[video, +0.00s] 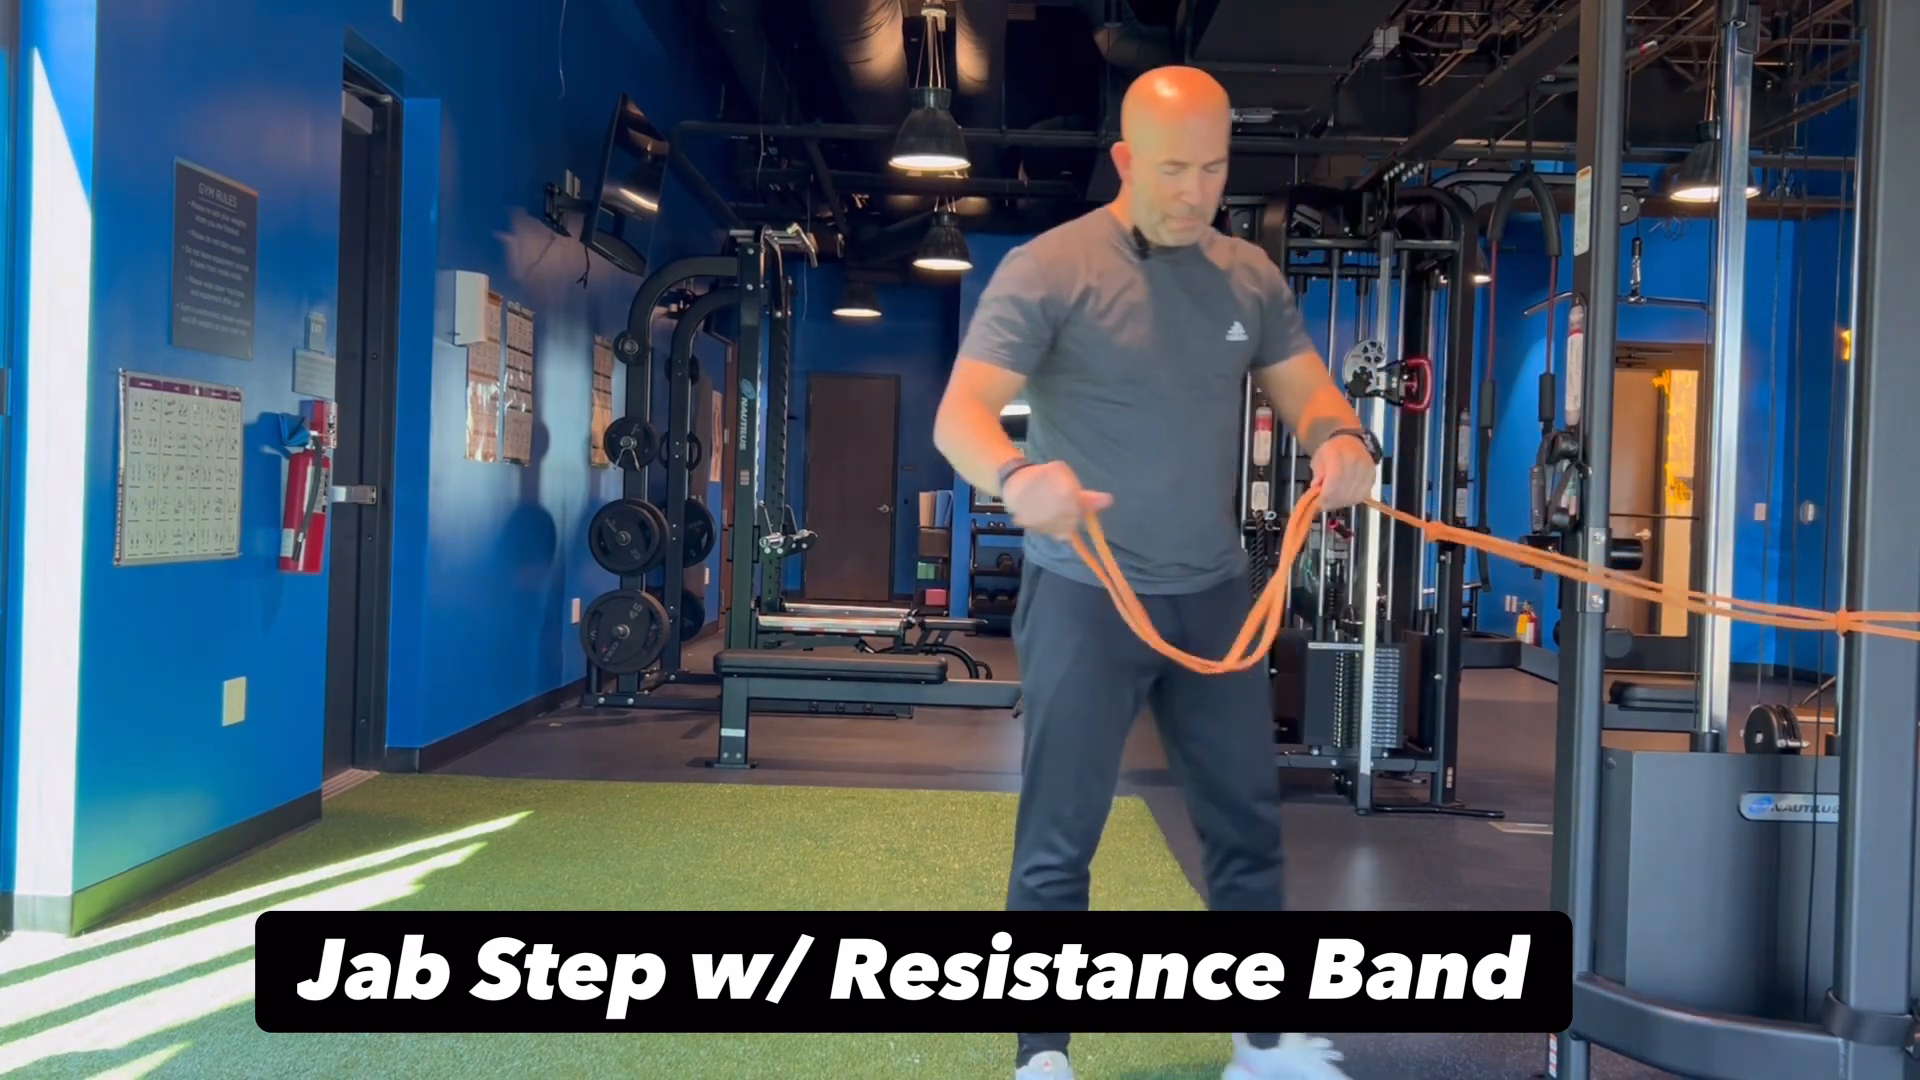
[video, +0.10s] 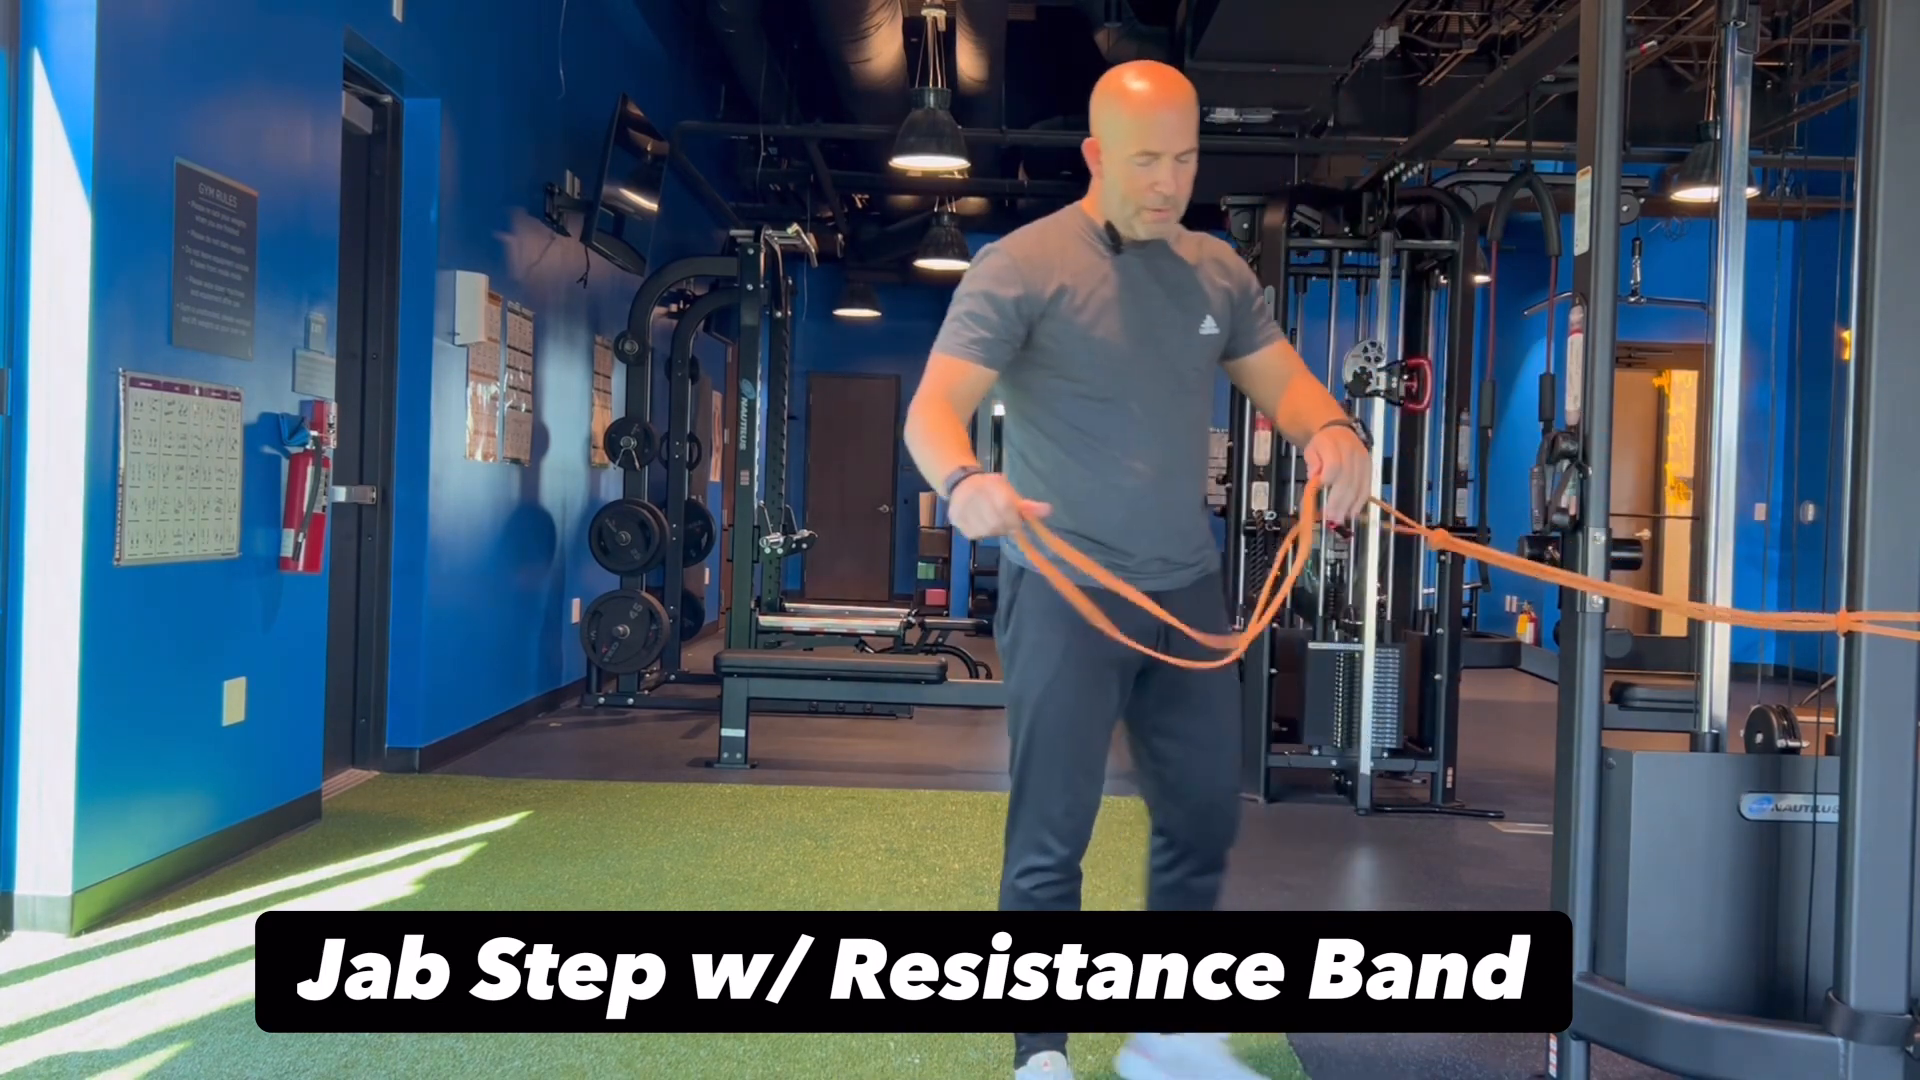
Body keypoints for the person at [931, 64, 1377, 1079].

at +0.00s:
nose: (1199, 194)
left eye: (1215, 170)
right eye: (1176, 172)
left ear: (1231, 161)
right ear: (1124, 163)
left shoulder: (1249, 275)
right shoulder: (1048, 270)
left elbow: (1311, 400)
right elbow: (960, 415)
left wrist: (1342, 441)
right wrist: (1014, 477)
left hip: (1217, 596)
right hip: (1084, 595)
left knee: (1248, 827)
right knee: (1060, 839)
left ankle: (1267, 1035)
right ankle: (1041, 1047)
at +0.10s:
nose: (1171, 183)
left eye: (1185, 158)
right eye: (1148, 161)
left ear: (1199, 155)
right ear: (1094, 156)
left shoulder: (1219, 273)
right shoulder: (1022, 268)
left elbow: (1286, 386)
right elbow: (932, 407)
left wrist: (1334, 431)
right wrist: (960, 479)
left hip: (1192, 589)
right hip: (1065, 584)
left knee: (1204, 819)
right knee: (1050, 837)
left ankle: (1166, 1028)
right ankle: (1041, 1045)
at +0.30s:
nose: (1128, 168)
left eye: (1140, 146)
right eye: (1104, 149)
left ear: (1150, 149)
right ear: (1049, 153)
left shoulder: (1169, 271)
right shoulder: (985, 263)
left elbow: (1252, 379)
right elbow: (892, 401)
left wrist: (1293, 406)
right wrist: (908, 471)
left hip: (1145, 583)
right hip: (1035, 581)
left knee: (1122, 805)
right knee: (1046, 820)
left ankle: (993, 1002)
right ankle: (1023, 1036)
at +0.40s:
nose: (1114, 167)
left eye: (1124, 146)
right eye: (1091, 148)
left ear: (1134, 151)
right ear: (1034, 154)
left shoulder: (1149, 274)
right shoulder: (974, 261)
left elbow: (1236, 389)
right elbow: (875, 397)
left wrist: (1266, 386)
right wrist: (901, 460)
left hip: (1120, 579)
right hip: (1017, 570)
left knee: (1078, 819)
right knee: (1032, 826)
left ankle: (965, 1020)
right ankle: (1020, 1044)